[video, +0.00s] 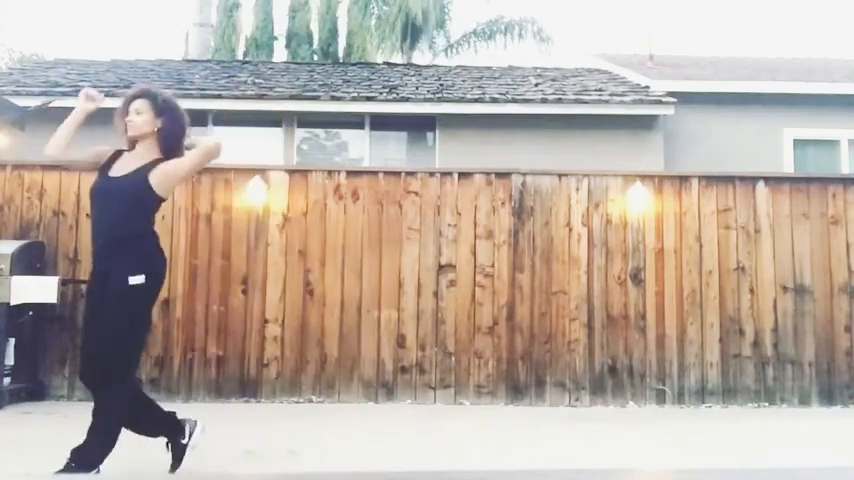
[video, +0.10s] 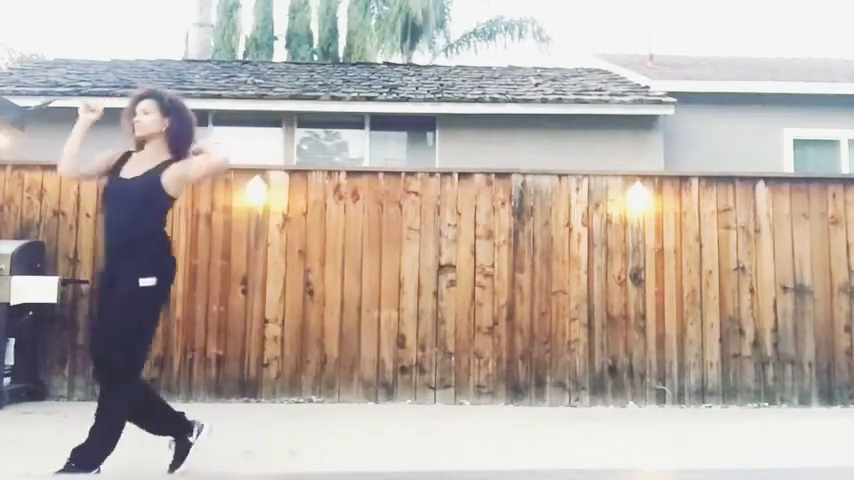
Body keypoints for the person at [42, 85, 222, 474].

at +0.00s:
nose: (129, 119)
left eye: (138, 113)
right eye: (127, 113)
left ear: (161, 121)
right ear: (124, 121)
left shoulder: (165, 169)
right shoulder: (114, 157)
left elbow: (215, 145)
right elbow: (54, 152)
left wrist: (187, 147)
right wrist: (81, 110)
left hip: (136, 270)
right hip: (104, 268)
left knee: (116, 368)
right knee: (92, 370)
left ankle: (88, 460)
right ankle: (173, 429)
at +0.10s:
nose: (137, 119)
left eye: (146, 113)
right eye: (135, 114)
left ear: (168, 121)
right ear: (133, 122)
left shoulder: (174, 168)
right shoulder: (123, 158)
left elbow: (219, 163)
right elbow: (68, 170)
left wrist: (203, 150)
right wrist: (83, 123)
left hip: (146, 274)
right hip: (115, 271)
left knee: (121, 366)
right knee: (105, 363)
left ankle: (89, 459)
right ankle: (180, 428)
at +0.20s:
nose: (148, 118)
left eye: (157, 112)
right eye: (146, 113)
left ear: (178, 118)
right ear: (143, 120)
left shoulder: (192, 164)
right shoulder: (134, 160)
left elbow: (231, 182)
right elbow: (90, 188)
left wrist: (219, 160)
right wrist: (90, 139)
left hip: (167, 266)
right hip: (133, 264)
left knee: (135, 359)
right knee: (133, 360)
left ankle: (90, 456)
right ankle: (187, 434)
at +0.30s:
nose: (160, 116)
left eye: (168, 111)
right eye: (158, 112)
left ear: (190, 117)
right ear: (155, 120)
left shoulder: (209, 159)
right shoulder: (147, 160)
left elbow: (238, 197)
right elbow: (114, 210)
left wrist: (229, 159)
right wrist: (102, 158)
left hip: (186, 267)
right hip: (150, 265)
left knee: (142, 354)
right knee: (161, 356)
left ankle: (96, 454)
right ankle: (199, 440)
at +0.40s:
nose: (175, 117)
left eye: (183, 111)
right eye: (172, 112)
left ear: (204, 116)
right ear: (169, 121)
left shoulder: (226, 159)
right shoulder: (162, 163)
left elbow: (253, 208)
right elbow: (140, 216)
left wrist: (247, 176)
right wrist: (112, 184)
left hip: (202, 263)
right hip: (164, 262)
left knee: (156, 347)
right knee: (178, 353)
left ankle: (139, 452)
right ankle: (204, 444)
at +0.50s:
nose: (188, 118)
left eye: (196, 112)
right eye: (185, 114)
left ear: (217, 118)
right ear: (182, 122)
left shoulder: (238, 163)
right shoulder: (175, 165)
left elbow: (259, 222)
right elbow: (158, 223)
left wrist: (260, 203)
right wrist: (126, 212)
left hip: (215, 264)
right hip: (175, 262)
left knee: (186, 353)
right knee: (177, 355)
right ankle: (198, 447)